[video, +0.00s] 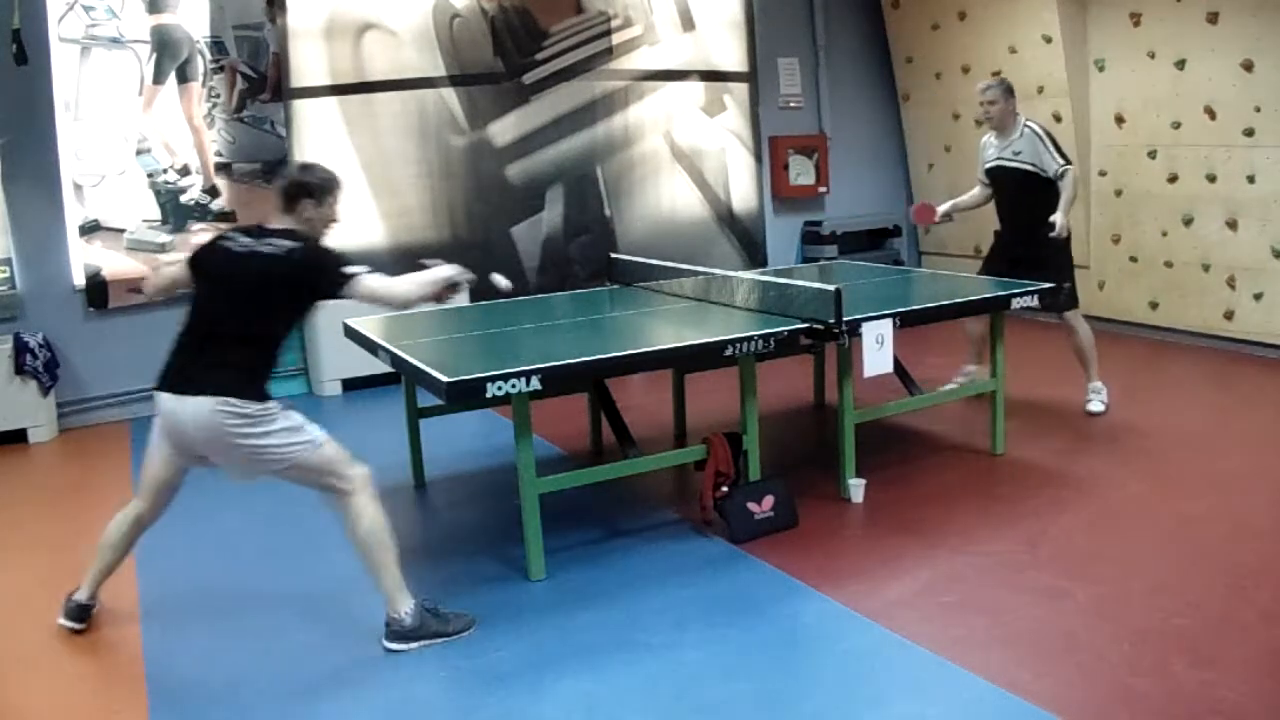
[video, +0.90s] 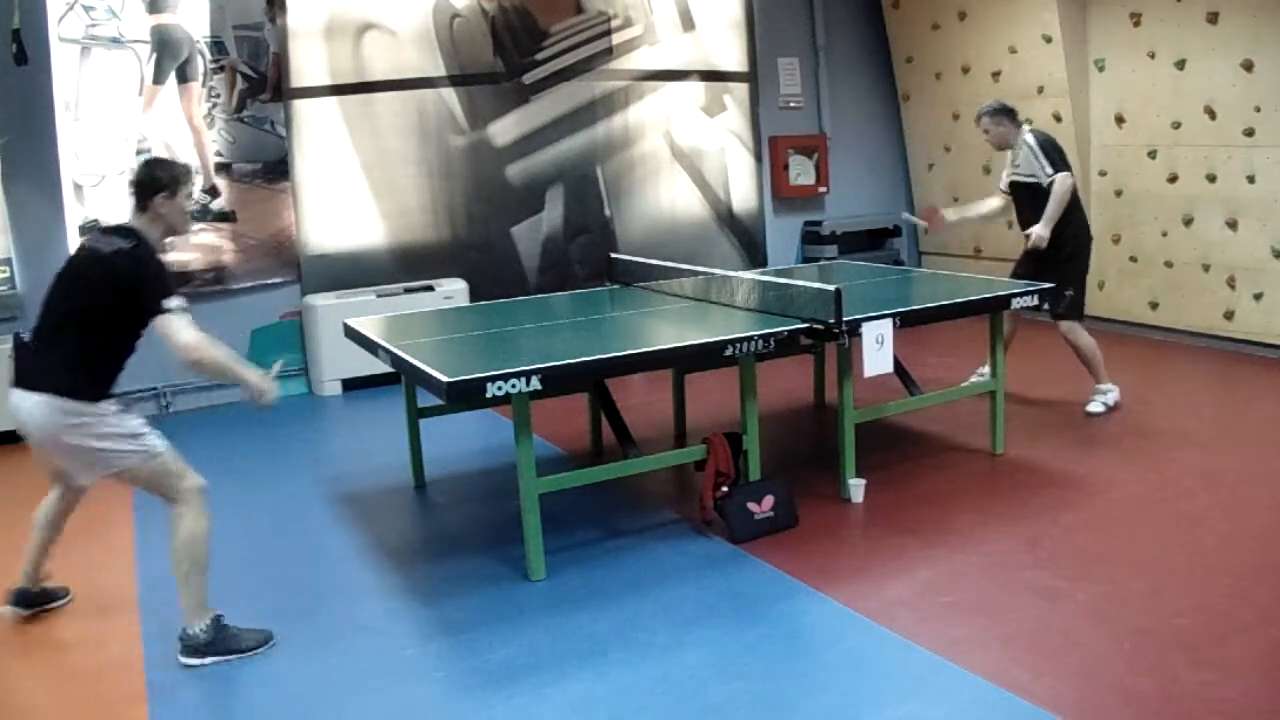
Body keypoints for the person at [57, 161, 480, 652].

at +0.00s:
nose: (335, 219)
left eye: (335, 210)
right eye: (330, 210)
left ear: (286, 203)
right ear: (307, 207)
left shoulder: (221, 248)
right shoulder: (309, 259)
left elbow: (153, 284)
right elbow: (396, 293)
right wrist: (441, 274)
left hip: (173, 400)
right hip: (232, 408)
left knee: (142, 506)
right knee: (352, 480)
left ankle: (81, 599)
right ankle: (404, 614)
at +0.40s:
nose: (340, 178)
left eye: (340, 169)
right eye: (338, 169)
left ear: (289, 167)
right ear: (318, 168)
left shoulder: (234, 215)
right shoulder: (324, 231)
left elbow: (173, 272)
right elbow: (410, 291)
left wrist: (135, 329)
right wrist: (452, 310)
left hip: (195, 379)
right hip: (262, 383)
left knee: (186, 482)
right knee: (365, 480)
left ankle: (144, 602)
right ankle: (409, 619)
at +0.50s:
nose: (305, 189)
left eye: (304, 178)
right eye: (300, 179)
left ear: (239, 178)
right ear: (278, 180)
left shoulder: (197, 235)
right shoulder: (286, 240)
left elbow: (144, 304)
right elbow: (354, 301)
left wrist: (123, 362)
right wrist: (407, 319)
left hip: (179, 397)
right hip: (248, 396)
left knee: (185, 487)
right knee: (353, 488)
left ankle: (160, 615)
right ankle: (409, 618)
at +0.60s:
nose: (274, 183)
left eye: (274, 173)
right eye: (269, 173)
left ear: (216, 173)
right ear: (241, 174)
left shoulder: (166, 225)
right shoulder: (239, 233)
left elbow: (121, 307)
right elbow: (301, 306)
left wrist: (105, 373)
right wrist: (358, 324)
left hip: (133, 385)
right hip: (193, 385)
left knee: (164, 486)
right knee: (293, 491)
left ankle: (155, 613)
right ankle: (376, 614)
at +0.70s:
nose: (250, 182)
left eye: (250, 172)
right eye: (245, 173)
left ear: (195, 172)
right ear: (219, 173)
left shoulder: (149, 215)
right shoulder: (210, 231)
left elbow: (117, 278)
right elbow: (270, 309)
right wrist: (323, 328)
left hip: (86, 376)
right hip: (142, 381)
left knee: (137, 472)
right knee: (255, 478)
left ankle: (141, 599)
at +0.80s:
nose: (225, 192)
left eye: (225, 181)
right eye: (219, 182)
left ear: (176, 186)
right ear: (191, 185)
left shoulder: (125, 226)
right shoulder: (178, 242)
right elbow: (235, 324)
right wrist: (294, 350)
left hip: (59, 385)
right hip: (108, 394)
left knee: (105, 458)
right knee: (217, 490)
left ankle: (84, 580)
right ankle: (202, 630)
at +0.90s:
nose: (191, 211)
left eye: (191, 201)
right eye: (186, 201)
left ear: (147, 202)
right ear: (160, 202)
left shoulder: (96, 244)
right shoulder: (143, 262)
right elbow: (190, 347)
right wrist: (249, 376)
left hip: (28, 398)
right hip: (76, 409)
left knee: (67, 487)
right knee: (188, 491)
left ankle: (28, 587)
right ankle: (200, 630)